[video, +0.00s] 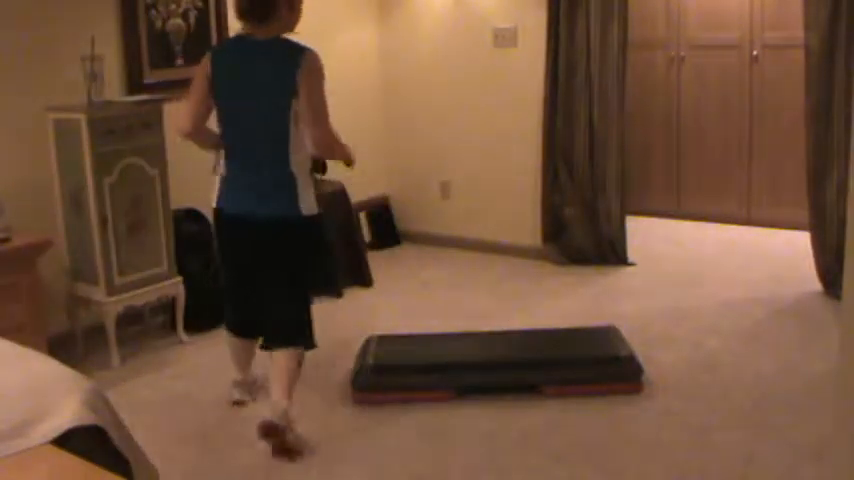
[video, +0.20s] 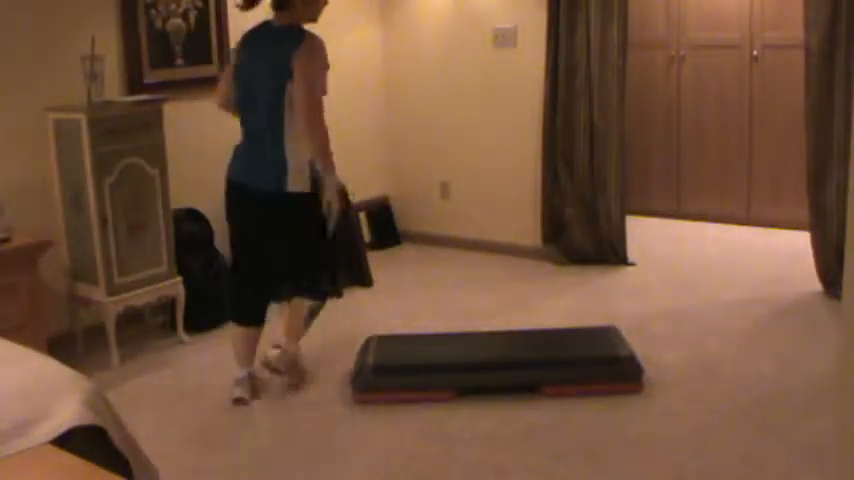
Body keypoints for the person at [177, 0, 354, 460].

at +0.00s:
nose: (299, 11)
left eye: (297, 5)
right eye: (296, 5)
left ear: (243, 9)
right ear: (287, 8)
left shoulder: (216, 59)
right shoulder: (302, 58)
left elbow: (189, 127)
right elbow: (320, 139)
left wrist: (225, 144)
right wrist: (341, 152)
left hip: (235, 209)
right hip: (288, 209)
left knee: (242, 300)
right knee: (290, 308)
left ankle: (242, 382)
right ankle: (280, 409)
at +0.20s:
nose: (323, 6)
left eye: (323, 1)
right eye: (321, 1)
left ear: (281, 2)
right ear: (307, 3)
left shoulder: (250, 38)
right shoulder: (308, 45)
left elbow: (224, 97)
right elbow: (310, 118)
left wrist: (261, 115)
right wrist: (330, 174)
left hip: (244, 181)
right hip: (292, 184)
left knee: (249, 278)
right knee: (317, 270)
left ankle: (244, 377)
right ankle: (287, 349)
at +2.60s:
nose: (452, 10)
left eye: (459, 3)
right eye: (446, 4)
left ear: (473, 6)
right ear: (439, 7)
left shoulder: (494, 44)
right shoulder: (430, 49)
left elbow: (535, 82)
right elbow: (422, 97)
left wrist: (542, 136)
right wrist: (421, 142)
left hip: (496, 158)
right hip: (451, 160)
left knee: (508, 243)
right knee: (454, 241)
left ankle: (538, 293)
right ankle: (465, 313)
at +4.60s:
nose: (494, 2)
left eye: (497, 1)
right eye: (489, 0)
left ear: (500, 1)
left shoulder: (509, 27)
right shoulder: (450, 27)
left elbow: (543, 57)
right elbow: (399, 65)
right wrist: (388, 102)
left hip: (489, 139)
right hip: (450, 138)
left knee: (491, 218)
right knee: (476, 213)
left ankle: (475, 301)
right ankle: (471, 304)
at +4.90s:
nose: (534, 0)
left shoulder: (550, 26)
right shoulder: (497, 31)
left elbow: (599, 26)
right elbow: (450, 49)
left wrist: (635, 7)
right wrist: (459, 19)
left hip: (519, 152)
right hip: (488, 152)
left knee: (504, 230)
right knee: (546, 214)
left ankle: (471, 299)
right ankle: (553, 312)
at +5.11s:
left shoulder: (574, 6)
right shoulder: (510, 8)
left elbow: (603, 33)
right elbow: (460, 50)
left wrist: (632, 66)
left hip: (541, 123)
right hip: (504, 124)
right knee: (538, 207)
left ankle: (526, 254)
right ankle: (552, 309)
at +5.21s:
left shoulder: (577, 9)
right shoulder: (520, 7)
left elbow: (561, 67)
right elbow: (470, 57)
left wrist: (569, 117)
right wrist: (473, 118)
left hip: (552, 120)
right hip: (513, 124)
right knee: (544, 211)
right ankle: (552, 310)